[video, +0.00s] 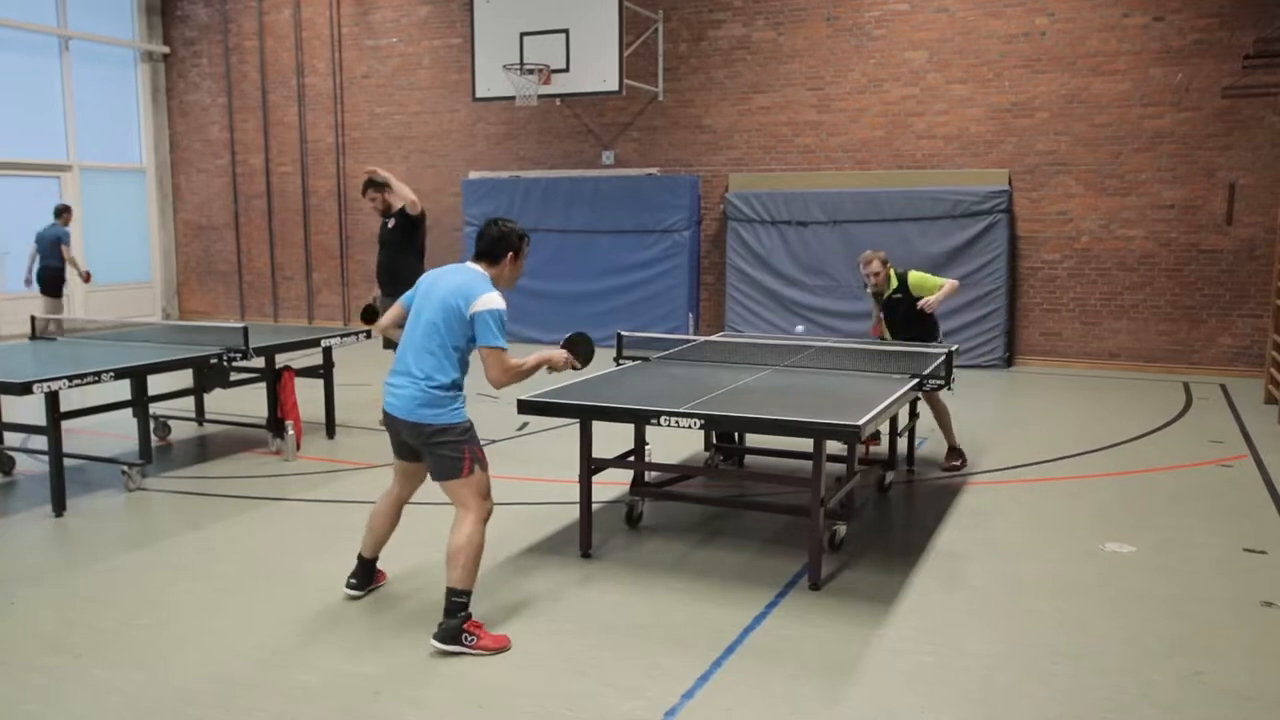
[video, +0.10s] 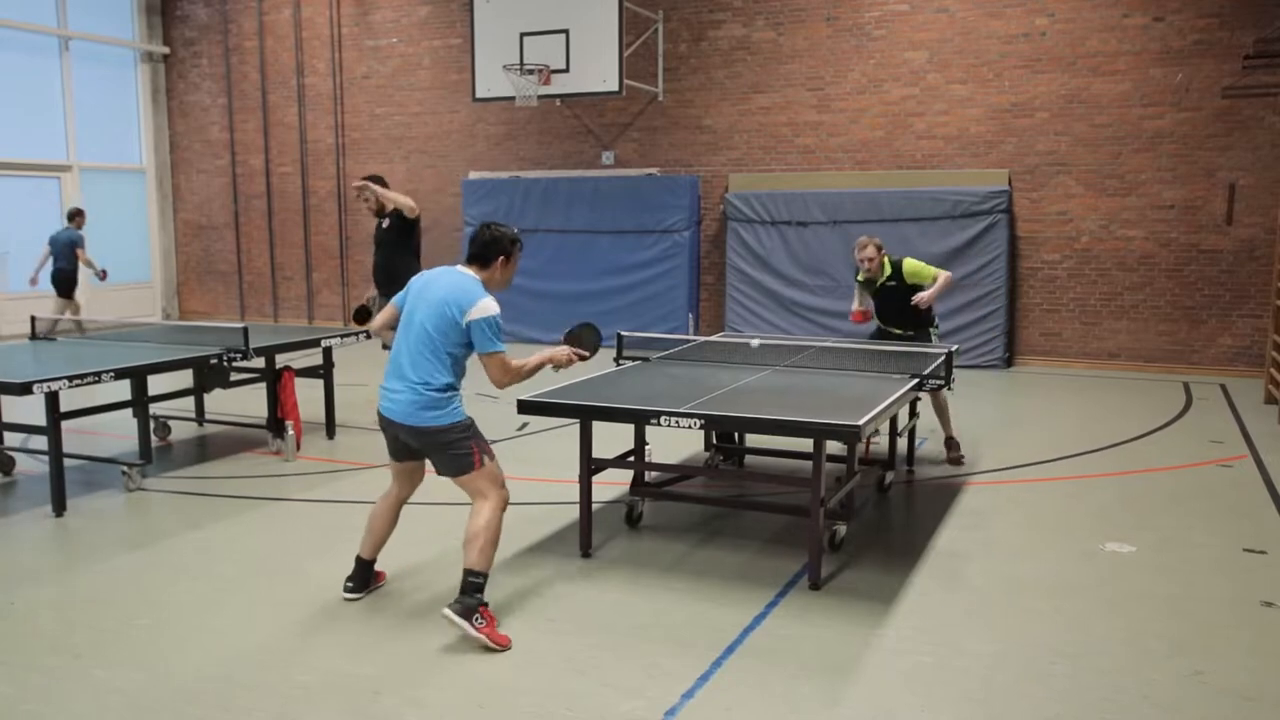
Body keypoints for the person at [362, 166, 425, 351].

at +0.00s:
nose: (373, 206)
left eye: (374, 200)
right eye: (369, 201)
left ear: (387, 194)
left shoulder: (411, 216)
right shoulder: (386, 220)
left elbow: (411, 200)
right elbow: (387, 259)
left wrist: (386, 176)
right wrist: (380, 290)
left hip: (407, 295)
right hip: (388, 294)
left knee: (411, 349)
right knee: (397, 350)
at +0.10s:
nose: (366, 206)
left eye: (367, 200)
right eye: (363, 201)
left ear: (380, 195)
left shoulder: (405, 218)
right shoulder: (381, 222)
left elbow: (410, 206)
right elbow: (384, 261)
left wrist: (379, 190)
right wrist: (376, 290)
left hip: (406, 295)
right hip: (386, 296)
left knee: (410, 347)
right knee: (391, 349)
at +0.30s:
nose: (352, 208)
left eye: (352, 201)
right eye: (349, 203)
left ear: (366, 195)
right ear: (362, 198)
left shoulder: (390, 212)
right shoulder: (372, 223)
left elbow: (407, 233)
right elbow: (373, 261)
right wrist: (357, 290)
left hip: (393, 294)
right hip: (380, 294)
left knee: (384, 350)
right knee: (383, 350)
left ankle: (384, 407)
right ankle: (385, 406)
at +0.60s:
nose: (329, 214)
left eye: (330, 208)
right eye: (326, 210)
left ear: (343, 199)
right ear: (338, 203)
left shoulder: (371, 220)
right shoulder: (347, 224)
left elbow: (396, 252)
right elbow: (353, 261)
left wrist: (390, 289)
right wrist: (337, 285)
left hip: (373, 297)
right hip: (357, 297)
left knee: (372, 353)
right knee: (359, 351)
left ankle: (368, 413)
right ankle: (397, 398)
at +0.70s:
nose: (323, 216)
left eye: (323, 210)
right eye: (319, 212)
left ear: (336, 201)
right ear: (330, 205)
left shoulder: (361, 218)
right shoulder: (340, 224)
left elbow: (392, 247)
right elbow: (345, 258)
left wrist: (382, 283)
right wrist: (333, 284)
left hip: (368, 297)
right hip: (350, 298)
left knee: (369, 352)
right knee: (344, 347)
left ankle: (368, 412)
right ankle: (380, 394)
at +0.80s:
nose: (316, 216)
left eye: (316, 210)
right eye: (312, 212)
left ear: (328, 201)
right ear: (321, 205)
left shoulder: (354, 218)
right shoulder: (332, 223)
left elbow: (387, 239)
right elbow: (339, 256)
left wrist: (376, 274)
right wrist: (329, 282)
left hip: (362, 295)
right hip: (344, 296)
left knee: (365, 352)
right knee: (337, 347)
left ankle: (368, 412)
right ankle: (355, 400)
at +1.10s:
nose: (293, 215)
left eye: (294, 208)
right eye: (289, 211)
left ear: (307, 200)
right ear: (292, 208)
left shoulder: (333, 218)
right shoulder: (306, 227)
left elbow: (368, 240)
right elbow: (310, 260)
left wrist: (362, 272)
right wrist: (299, 293)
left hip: (346, 292)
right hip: (325, 295)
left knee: (352, 351)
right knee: (329, 354)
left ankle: (364, 411)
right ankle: (327, 406)